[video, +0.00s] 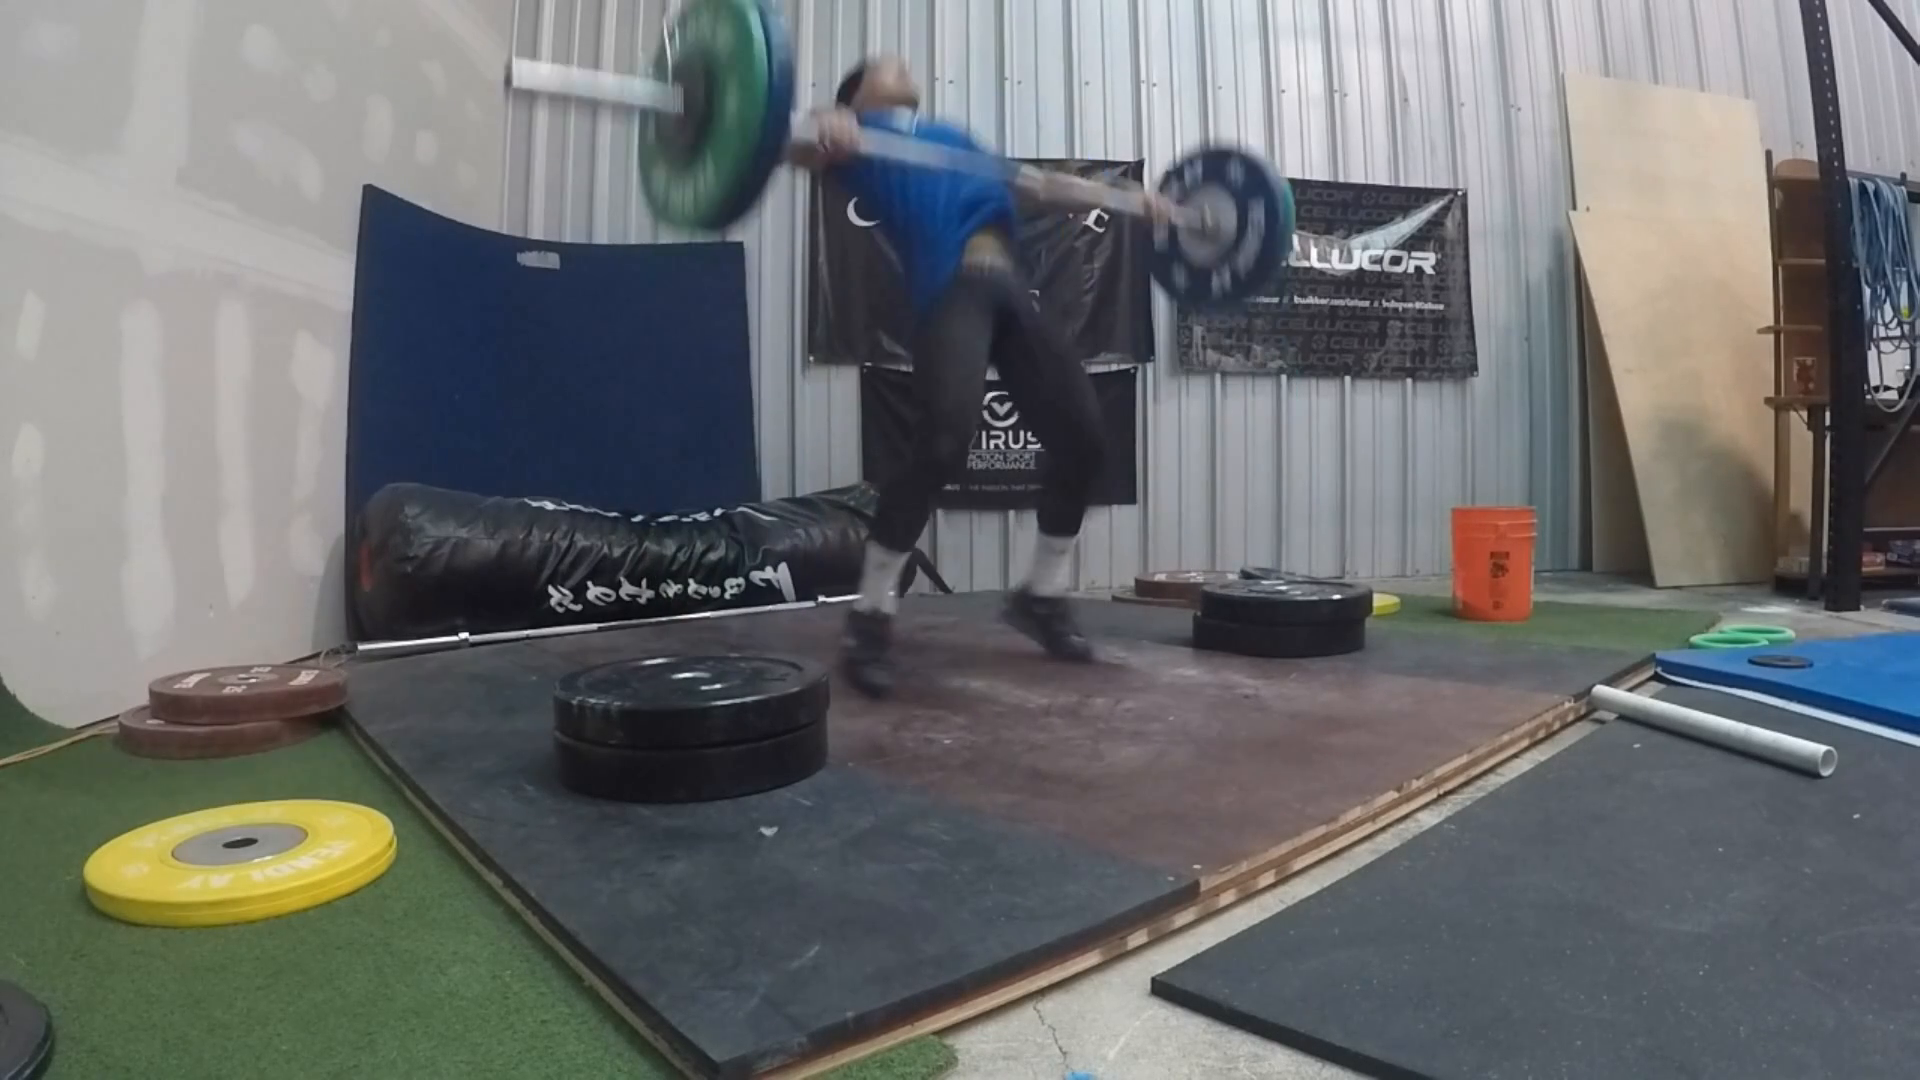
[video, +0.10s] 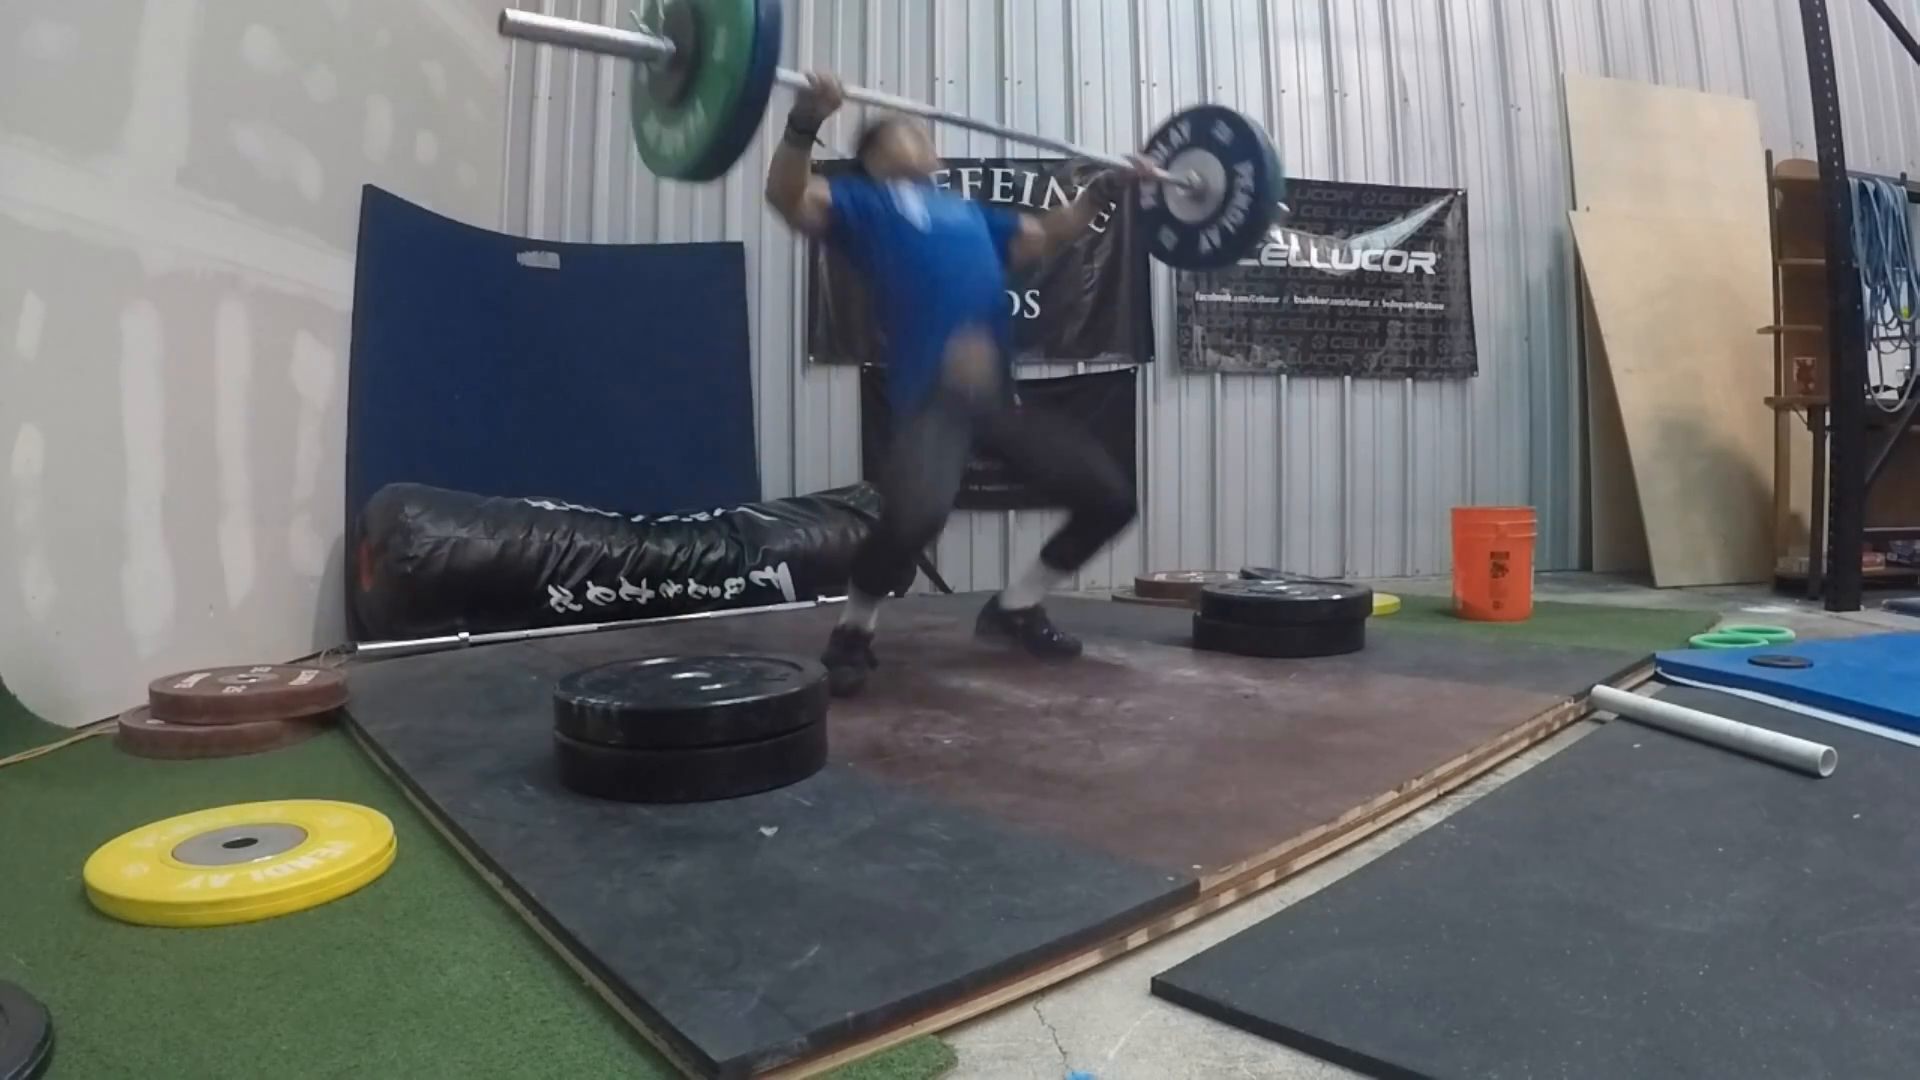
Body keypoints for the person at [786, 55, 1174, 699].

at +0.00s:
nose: (902, 72)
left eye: (904, 67)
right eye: (886, 68)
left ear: (915, 87)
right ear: (858, 92)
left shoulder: (953, 136)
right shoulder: (859, 130)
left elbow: (1038, 185)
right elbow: (797, 146)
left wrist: (1134, 200)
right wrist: (824, 127)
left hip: (1009, 292)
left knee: (1080, 441)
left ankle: (1041, 595)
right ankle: (871, 615)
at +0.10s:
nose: (914, 139)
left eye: (920, 133)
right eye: (898, 133)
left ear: (932, 155)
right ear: (873, 155)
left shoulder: (971, 213)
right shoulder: (865, 201)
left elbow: (1043, 237)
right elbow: (786, 197)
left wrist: (1108, 187)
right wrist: (804, 123)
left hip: (998, 404)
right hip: (926, 406)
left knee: (1110, 499)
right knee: (916, 517)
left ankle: (1016, 605)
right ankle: (854, 631)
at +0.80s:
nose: (996, 308)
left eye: (1002, 296)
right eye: (980, 293)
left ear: (1009, 306)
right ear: (936, 307)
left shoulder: (1001, 345)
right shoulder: (892, 351)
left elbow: (1048, 291)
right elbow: (822, 278)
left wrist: (1081, 240)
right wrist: (763, 191)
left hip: (968, 548)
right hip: (894, 556)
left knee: (1070, 500)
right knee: (897, 520)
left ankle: (1005, 616)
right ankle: (846, 637)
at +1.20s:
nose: (989, 264)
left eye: (994, 253)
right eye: (973, 250)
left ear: (1000, 264)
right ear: (930, 265)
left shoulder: (995, 312)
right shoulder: (886, 306)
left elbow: (1045, 253)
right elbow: (821, 234)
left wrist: (1078, 205)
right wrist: (759, 148)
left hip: (942, 498)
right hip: (861, 494)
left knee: (1048, 486)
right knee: (887, 498)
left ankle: (1004, 617)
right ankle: (846, 635)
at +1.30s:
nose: (992, 242)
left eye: (997, 231)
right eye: (976, 229)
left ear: (1003, 245)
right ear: (934, 243)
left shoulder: (998, 291)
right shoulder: (889, 286)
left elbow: (1048, 234)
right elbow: (819, 214)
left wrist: (1078, 189)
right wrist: (759, 129)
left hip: (943, 475)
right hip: (864, 471)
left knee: (1050, 487)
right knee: (888, 498)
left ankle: (1004, 617)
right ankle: (846, 636)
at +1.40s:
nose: (994, 217)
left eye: (998, 207)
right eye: (979, 205)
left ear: (1005, 221)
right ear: (937, 218)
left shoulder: (1003, 268)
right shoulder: (888, 263)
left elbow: (1054, 212)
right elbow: (820, 193)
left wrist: (1078, 165)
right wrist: (759, 107)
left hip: (947, 460)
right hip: (868, 455)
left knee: (1054, 485)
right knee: (892, 495)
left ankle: (1005, 617)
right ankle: (846, 634)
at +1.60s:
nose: (998, 171)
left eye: (1001, 160)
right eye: (982, 158)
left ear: (1003, 175)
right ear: (937, 176)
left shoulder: (1005, 220)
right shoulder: (891, 221)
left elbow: (1051, 172)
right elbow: (818, 149)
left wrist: (1074, 127)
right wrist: (755, 68)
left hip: (956, 430)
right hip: (871, 424)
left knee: (1056, 486)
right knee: (897, 493)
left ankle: (1006, 617)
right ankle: (846, 632)